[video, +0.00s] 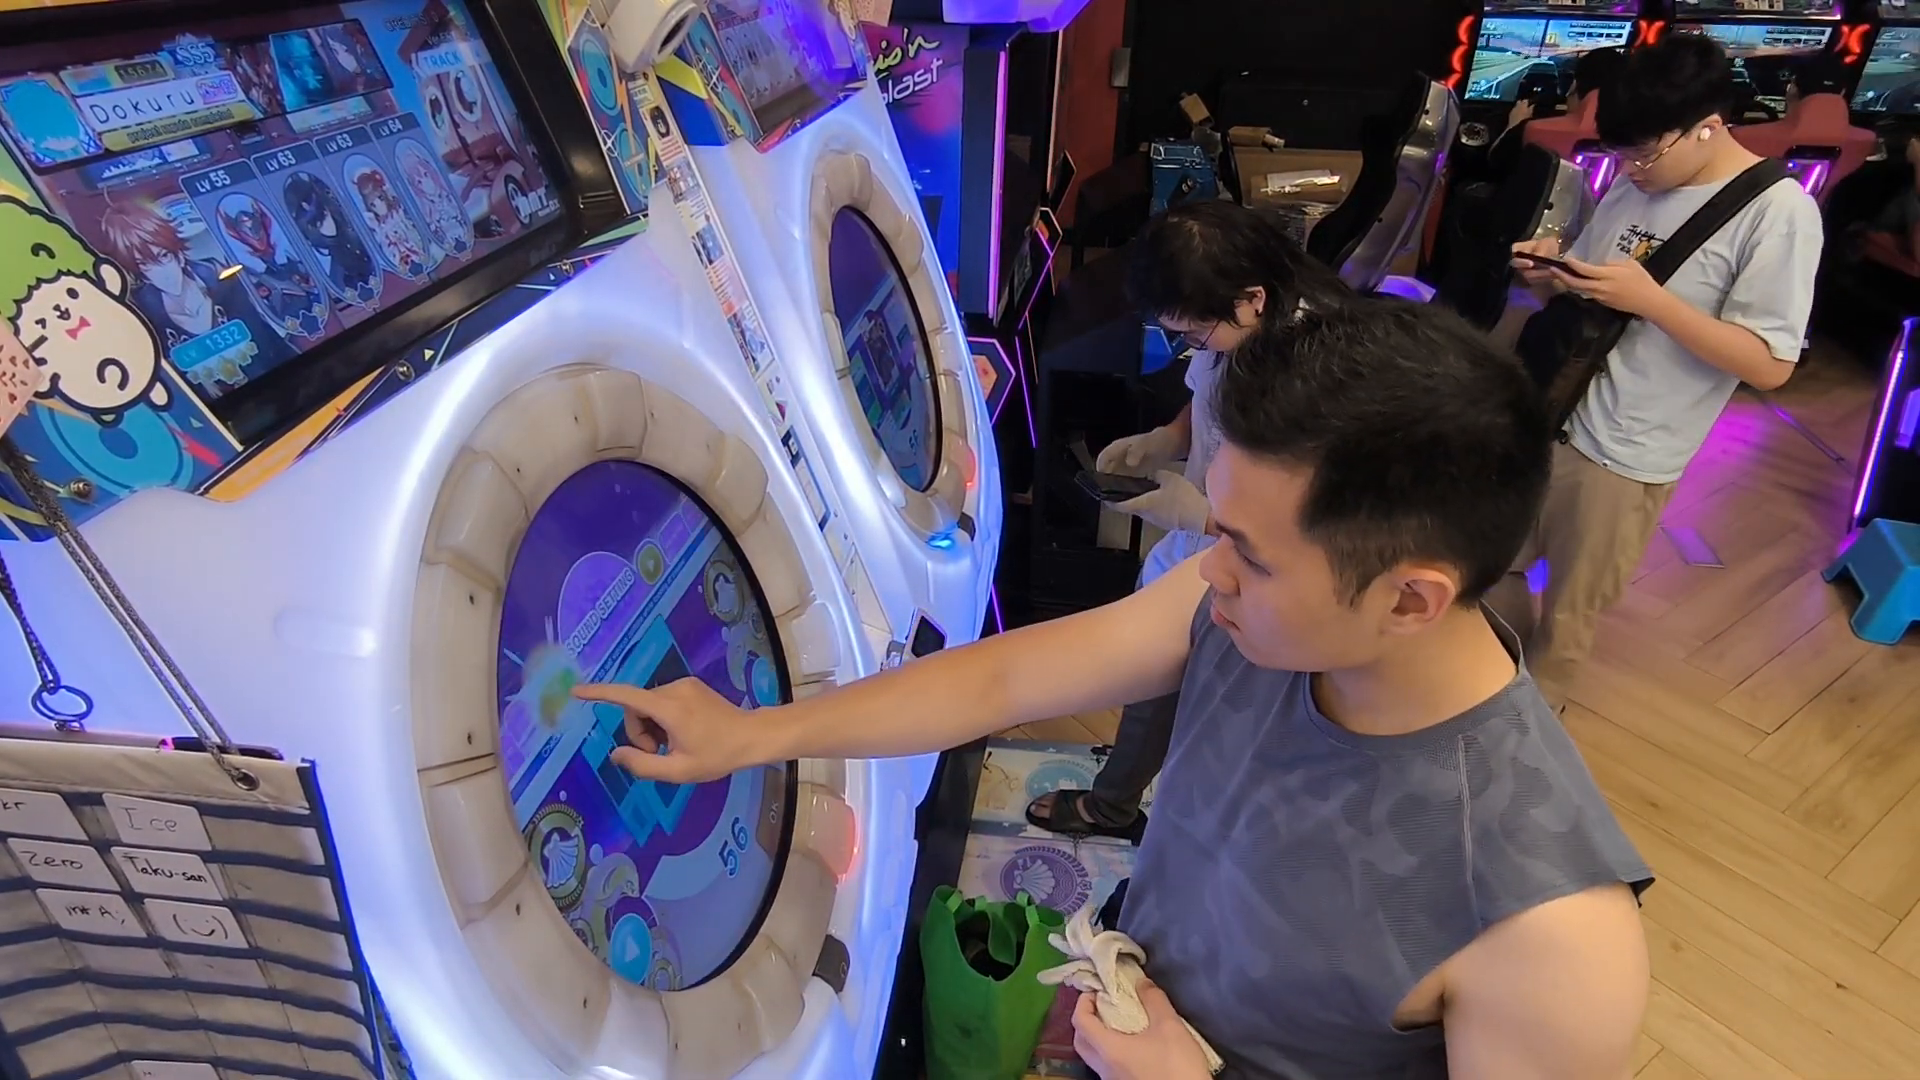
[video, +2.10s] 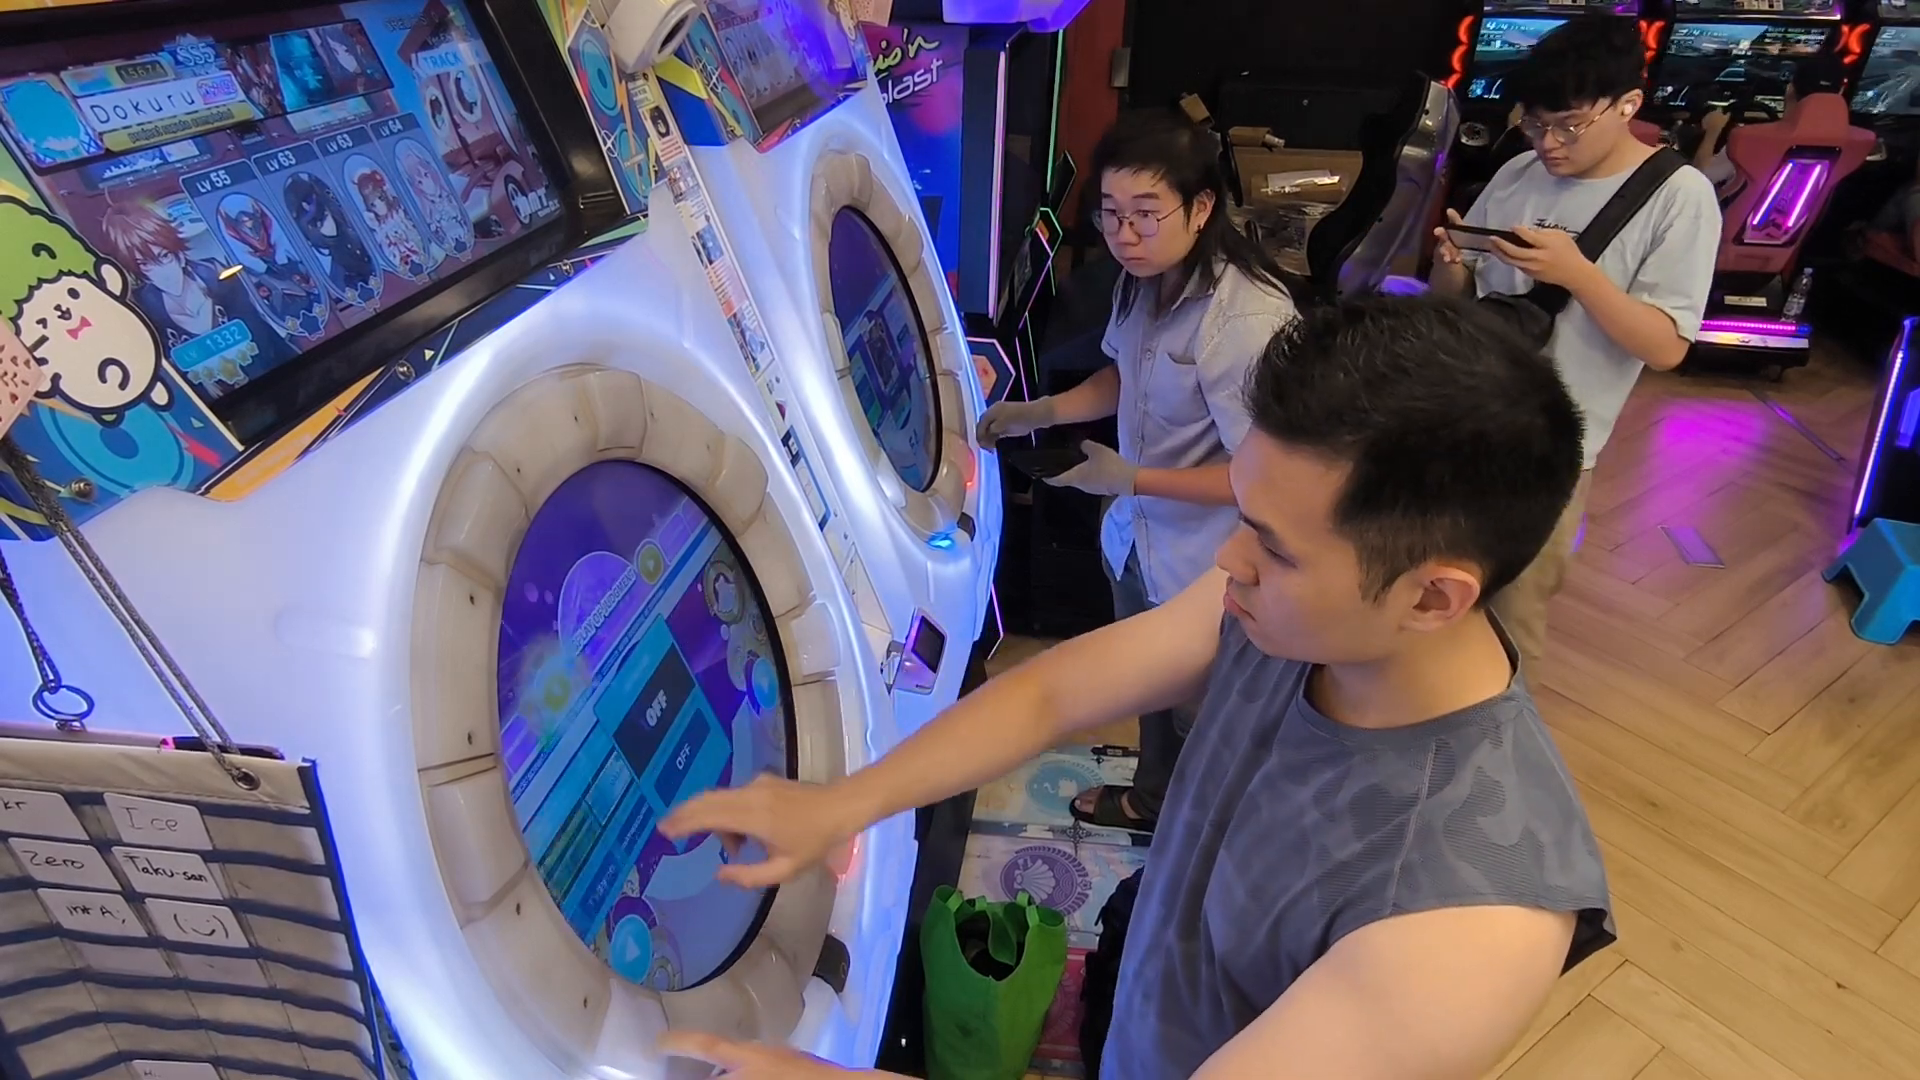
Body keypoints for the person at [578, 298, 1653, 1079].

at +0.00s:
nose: (1204, 570)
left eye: (1247, 560)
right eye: (1217, 528)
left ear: (1414, 599)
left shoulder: (1546, 935)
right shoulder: (1246, 597)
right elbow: (1001, 684)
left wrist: (1202, 1079)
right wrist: (755, 730)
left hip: (1248, 1072)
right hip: (1106, 1010)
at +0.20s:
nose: (1195, 562)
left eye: (1235, 550)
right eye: (1208, 521)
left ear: (1402, 592)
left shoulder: (1541, 928)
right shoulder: (1245, 606)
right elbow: (994, 682)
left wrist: (1204, 1077)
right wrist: (746, 727)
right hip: (1108, 996)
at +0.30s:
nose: (1193, 565)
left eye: (1232, 551)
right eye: (1206, 523)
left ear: (1400, 588)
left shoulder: (1538, 927)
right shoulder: (1244, 607)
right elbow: (997, 685)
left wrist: (1199, 1078)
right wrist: (756, 730)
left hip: (1252, 1067)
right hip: (1111, 1006)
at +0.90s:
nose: (1191, 544)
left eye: (1225, 529)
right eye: (1201, 506)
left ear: (1383, 574)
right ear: (1369, 567)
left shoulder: (1470, 905)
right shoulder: (1281, 596)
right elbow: (1057, 696)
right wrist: (857, 800)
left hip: (1181, 1073)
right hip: (1124, 994)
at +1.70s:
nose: (1205, 557)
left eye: (1252, 544)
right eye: (1221, 517)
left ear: (1409, 587)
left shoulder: (1465, 908)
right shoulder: (1288, 599)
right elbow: (1041, 668)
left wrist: (841, 1074)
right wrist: (807, 726)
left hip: (1195, 1071)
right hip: (1128, 994)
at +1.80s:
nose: (1214, 556)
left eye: (1262, 544)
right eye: (1230, 514)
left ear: (1420, 585)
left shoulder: (1470, 910)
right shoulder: (1280, 592)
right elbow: (1027, 660)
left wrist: (859, 1078)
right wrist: (772, 712)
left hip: (1201, 1079)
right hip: (1131, 1008)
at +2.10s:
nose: (1223, 561)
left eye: (1276, 551)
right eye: (1241, 517)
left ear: (1435, 596)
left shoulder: (1474, 909)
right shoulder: (1287, 596)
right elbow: (1050, 693)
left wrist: (831, 1072)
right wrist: (844, 801)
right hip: (1132, 1017)